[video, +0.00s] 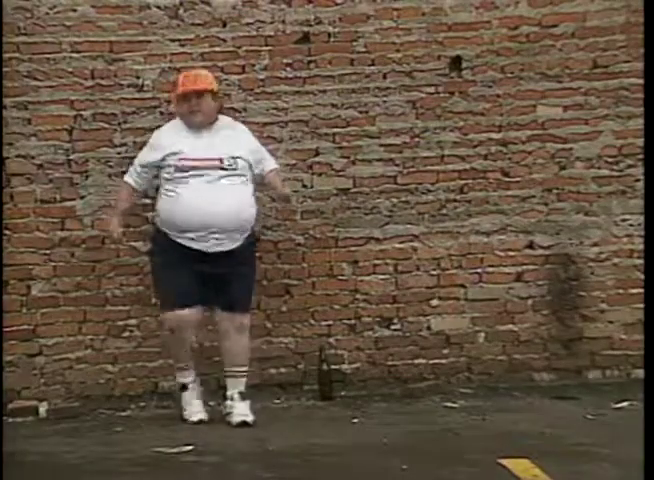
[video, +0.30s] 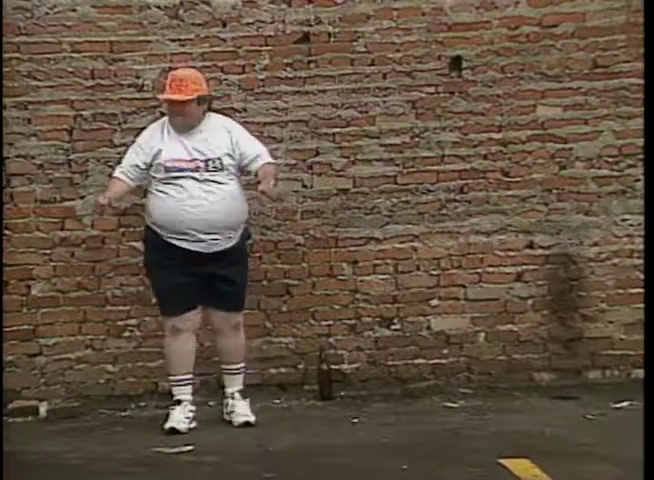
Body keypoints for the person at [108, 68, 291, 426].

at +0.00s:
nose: (195, 105)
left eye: (201, 97)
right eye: (187, 99)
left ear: (215, 100)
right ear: (176, 104)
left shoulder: (237, 133)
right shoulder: (164, 138)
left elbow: (266, 169)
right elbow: (134, 182)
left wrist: (280, 188)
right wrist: (116, 214)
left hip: (235, 244)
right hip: (176, 244)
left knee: (237, 320)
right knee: (180, 318)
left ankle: (237, 396)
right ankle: (189, 388)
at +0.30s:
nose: (174, 109)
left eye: (182, 103)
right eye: (170, 102)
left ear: (202, 102)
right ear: (164, 102)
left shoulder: (226, 129)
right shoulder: (155, 135)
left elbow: (262, 160)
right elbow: (128, 174)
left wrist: (267, 178)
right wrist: (110, 195)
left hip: (226, 245)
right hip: (170, 246)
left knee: (230, 322)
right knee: (179, 324)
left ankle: (235, 398)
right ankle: (182, 405)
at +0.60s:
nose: (188, 121)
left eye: (193, 114)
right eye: (180, 115)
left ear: (202, 107)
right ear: (164, 111)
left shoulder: (218, 139)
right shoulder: (143, 143)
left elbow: (246, 176)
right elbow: (122, 180)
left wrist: (244, 202)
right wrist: (119, 210)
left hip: (216, 244)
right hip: (158, 245)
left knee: (226, 315)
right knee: (171, 325)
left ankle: (232, 393)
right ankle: (181, 404)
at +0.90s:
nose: (178, 114)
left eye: (185, 106)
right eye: (170, 108)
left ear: (199, 108)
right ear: (161, 113)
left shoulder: (224, 138)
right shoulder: (157, 146)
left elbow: (264, 164)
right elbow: (140, 180)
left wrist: (241, 182)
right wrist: (130, 208)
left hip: (213, 256)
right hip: (157, 254)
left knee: (211, 332)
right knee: (147, 321)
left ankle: (217, 407)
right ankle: (176, 388)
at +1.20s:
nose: (170, 132)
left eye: (175, 124)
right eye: (161, 126)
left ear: (185, 113)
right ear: (148, 118)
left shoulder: (203, 139)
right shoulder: (137, 140)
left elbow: (207, 181)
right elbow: (109, 185)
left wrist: (184, 205)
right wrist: (77, 207)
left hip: (217, 243)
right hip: (167, 251)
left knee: (219, 324)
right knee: (173, 327)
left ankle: (225, 406)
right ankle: (181, 408)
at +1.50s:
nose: (170, 122)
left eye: (177, 114)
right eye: (164, 116)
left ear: (194, 104)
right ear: (156, 112)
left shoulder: (219, 138)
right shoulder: (154, 135)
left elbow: (235, 191)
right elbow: (136, 179)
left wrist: (218, 229)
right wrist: (127, 217)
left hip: (195, 243)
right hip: (149, 246)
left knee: (196, 317)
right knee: (159, 329)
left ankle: (237, 389)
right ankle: (180, 408)